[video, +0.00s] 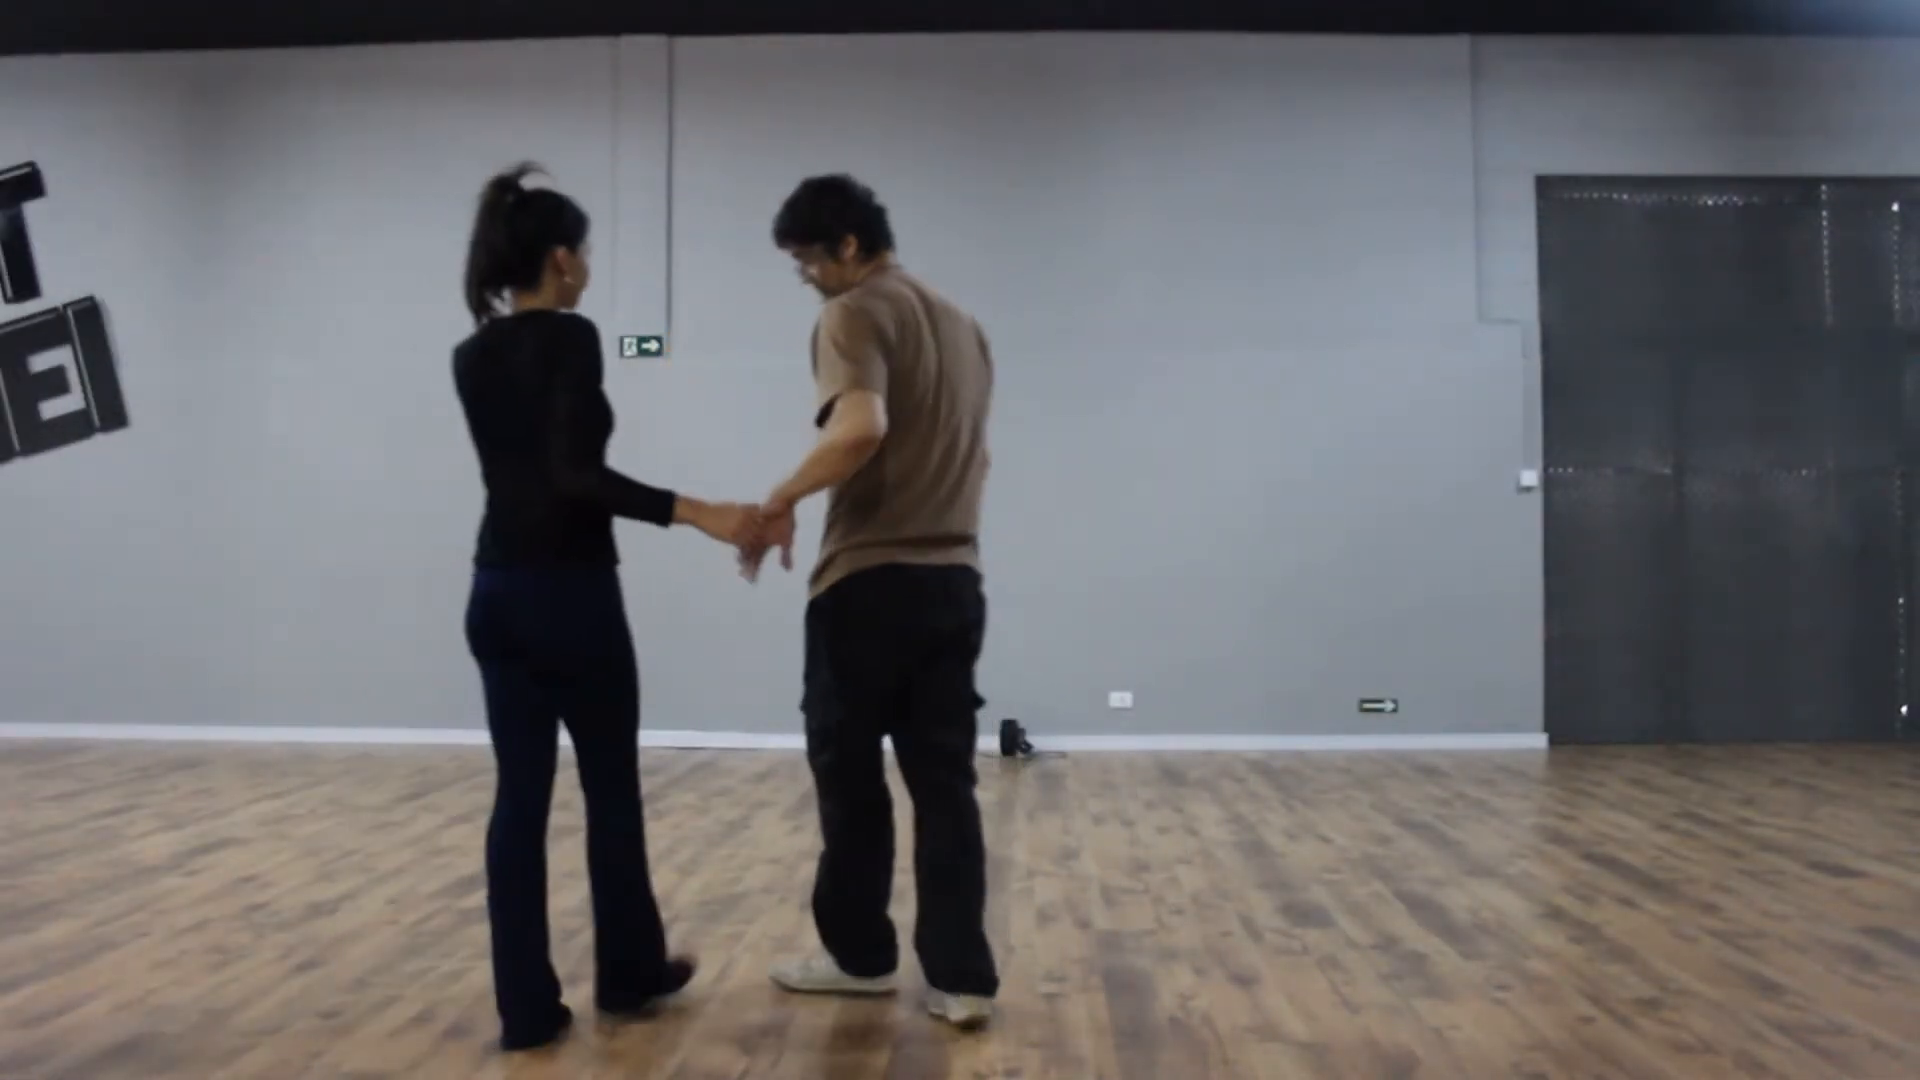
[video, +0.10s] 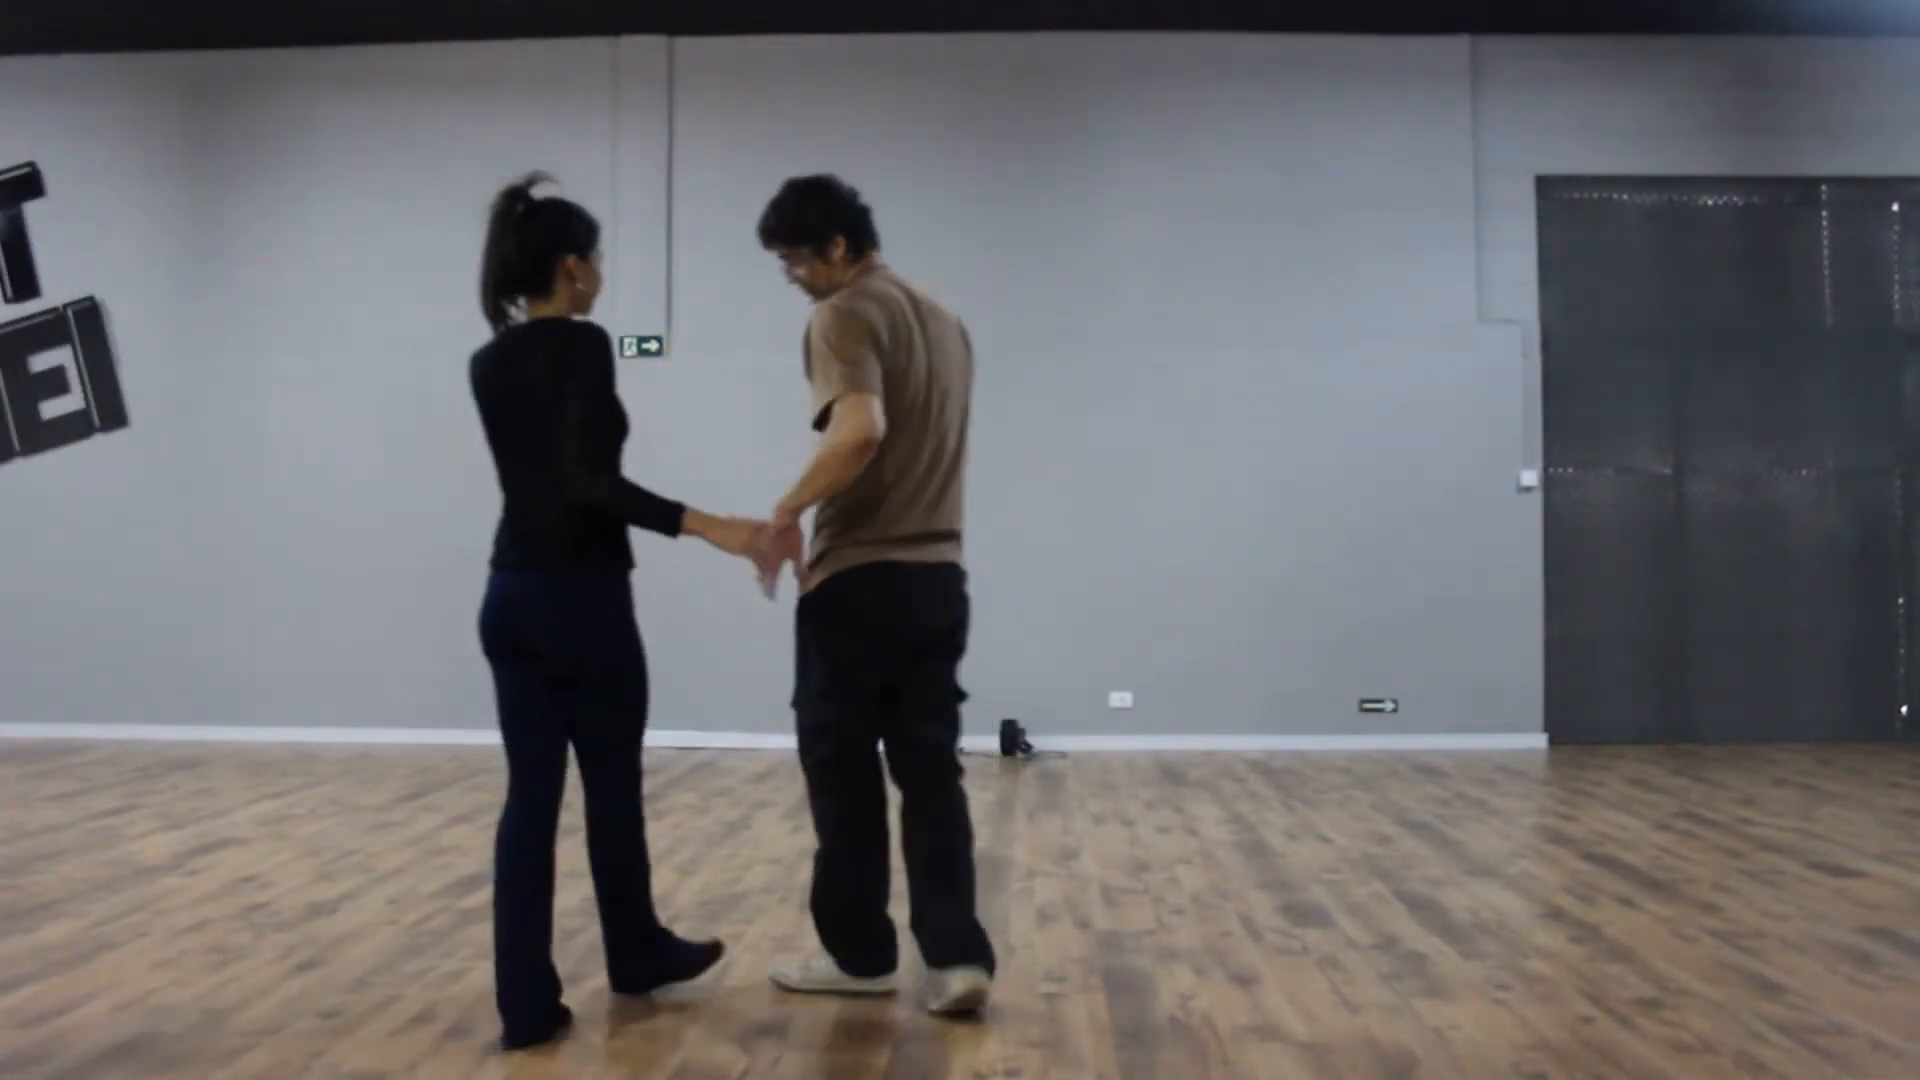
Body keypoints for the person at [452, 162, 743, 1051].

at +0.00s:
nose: (586, 267)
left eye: (583, 252)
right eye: (581, 252)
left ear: (509, 263)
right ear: (556, 259)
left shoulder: (472, 357)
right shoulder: (572, 339)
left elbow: (510, 474)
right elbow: (582, 476)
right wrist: (693, 511)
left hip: (499, 598)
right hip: (577, 596)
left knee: (517, 797)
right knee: (611, 791)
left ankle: (526, 1010)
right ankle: (630, 971)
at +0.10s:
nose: (598, 274)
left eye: (595, 260)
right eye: (593, 260)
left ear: (523, 273)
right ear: (567, 268)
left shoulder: (489, 363)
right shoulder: (584, 346)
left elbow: (526, 479)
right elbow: (594, 481)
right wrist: (704, 525)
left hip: (513, 600)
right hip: (588, 600)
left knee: (528, 796)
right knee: (614, 788)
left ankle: (526, 1006)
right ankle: (638, 954)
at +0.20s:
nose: (613, 281)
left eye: (609, 267)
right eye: (606, 267)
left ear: (539, 281)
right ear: (580, 275)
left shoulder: (508, 370)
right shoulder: (598, 352)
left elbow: (546, 489)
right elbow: (608, 488)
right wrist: (714, 539)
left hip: (529, 605)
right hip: (602, 604)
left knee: (545, 790)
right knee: (626, 783)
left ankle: (525, 997)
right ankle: (631, 957)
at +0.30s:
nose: (633, 281)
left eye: (627, 267)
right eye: (625, 268)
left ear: (561, 283)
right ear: (599, 277)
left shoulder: (533, 369)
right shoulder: (613, 357)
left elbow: (575, 490)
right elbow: (629, 492)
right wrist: (724, 556)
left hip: (561, 597)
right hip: (627, 599)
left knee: (575, 781)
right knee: (639, 786)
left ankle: (525, 969)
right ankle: (639, 957)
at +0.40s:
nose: (643, 283)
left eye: (639, 270)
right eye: (636, 271)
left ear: (578, 284)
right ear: (612, 279)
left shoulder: (550, 369)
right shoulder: (619, 359)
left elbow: (585, 488)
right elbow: (636, 494)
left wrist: (659, 498)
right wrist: (733, 567)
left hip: (580, 590)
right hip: (639, 595)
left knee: (598, 771)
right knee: (645, 777)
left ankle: (528, 937)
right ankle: (639, 953)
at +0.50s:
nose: (656, 283)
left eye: (651, 270)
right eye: (648, 270)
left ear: (591, 285)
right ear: (624, 279)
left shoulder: (570, 364)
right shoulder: (629, 359)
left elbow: (613, 450)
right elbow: (656, 492)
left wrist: (691, 443)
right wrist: (743, 574)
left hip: (596, 585)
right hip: (643, 589)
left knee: (639, 760)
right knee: (650, 766)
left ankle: (556, 931)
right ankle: (637, 954)